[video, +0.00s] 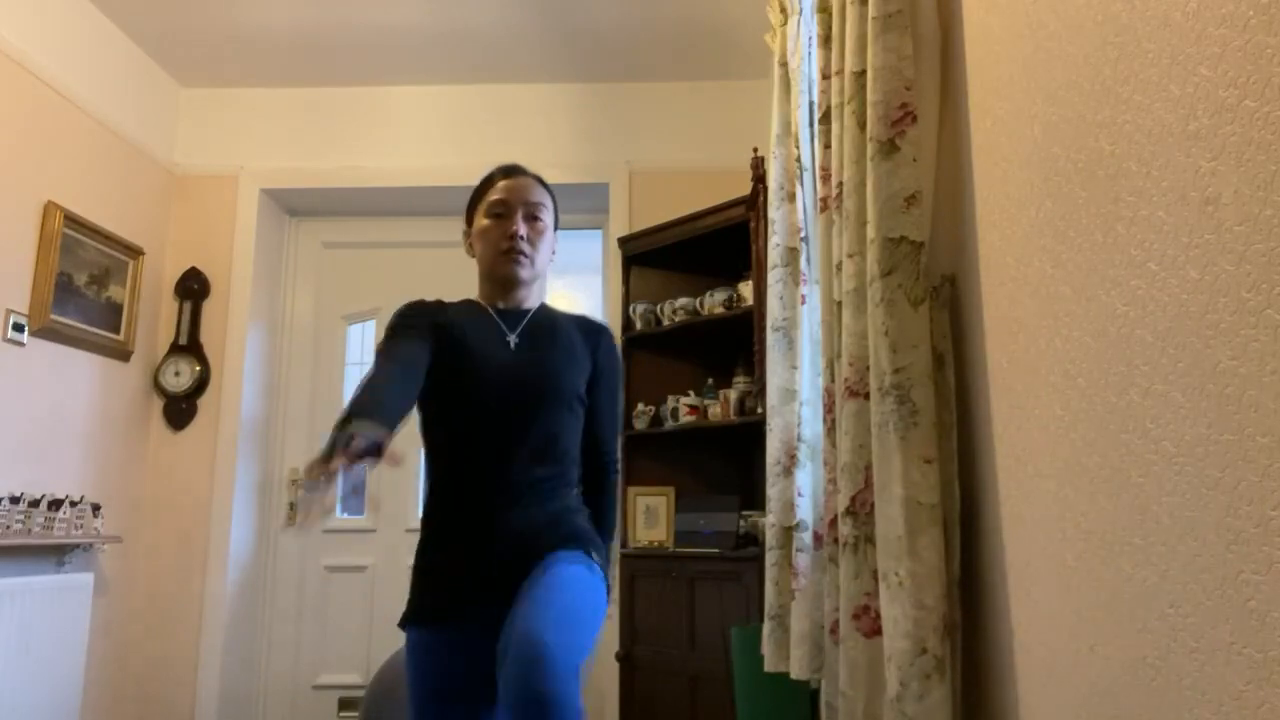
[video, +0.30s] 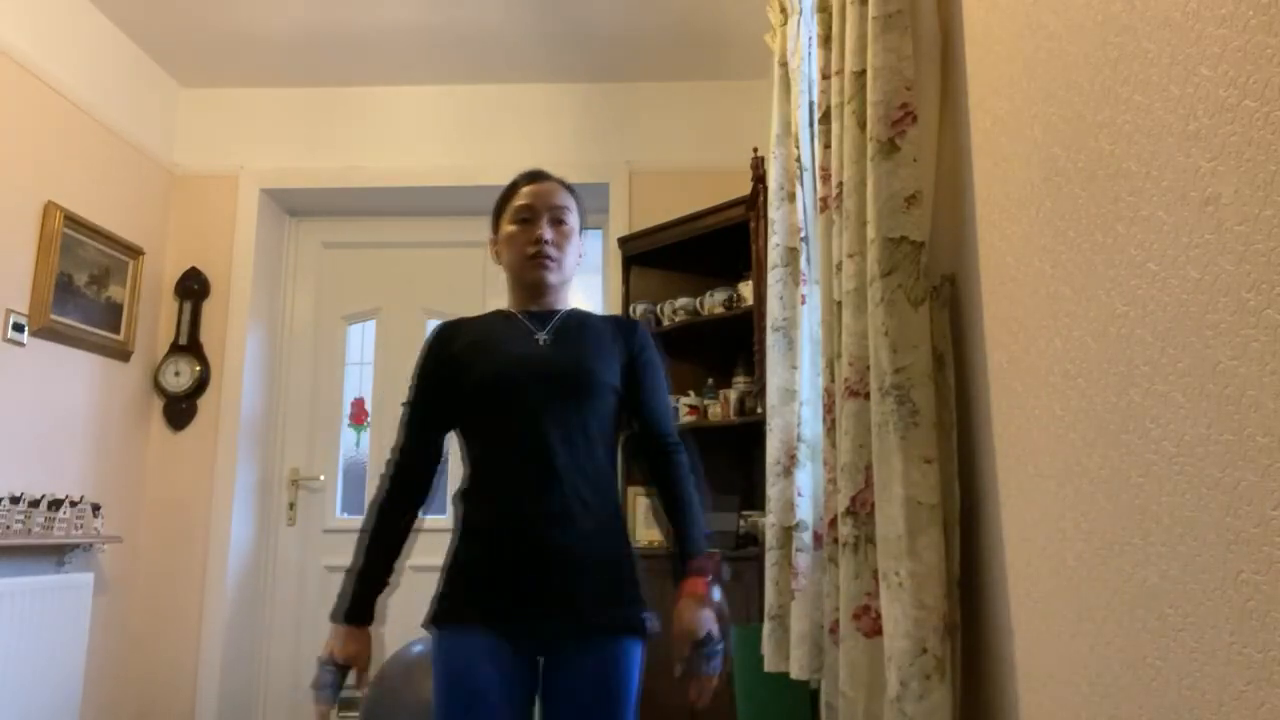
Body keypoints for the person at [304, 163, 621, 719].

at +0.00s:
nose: (517, 225)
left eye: (534, 215)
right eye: (499, 212)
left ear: (553, 244)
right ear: (470, 239)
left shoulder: (590, 340)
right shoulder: (430, 321)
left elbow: (602, 465)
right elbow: (394, 375)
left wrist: (594, 560)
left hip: (559, 555)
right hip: (453, 561)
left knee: (536, 657)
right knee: (441, 707)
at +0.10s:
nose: (521, 229)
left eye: (539, 219)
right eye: (503, 216)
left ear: (558, 247)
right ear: (474, 241)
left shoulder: (598, 338)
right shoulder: (430, 332)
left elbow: (621, 466)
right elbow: (381, 431)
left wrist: (625, 592)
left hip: (564, 587)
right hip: (455, 585)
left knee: (553, 710)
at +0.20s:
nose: (530, 232)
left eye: (547, 221)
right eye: (511, 219)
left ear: (568, 250)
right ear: (483, 246)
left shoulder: (608, 340)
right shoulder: (441, 344)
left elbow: (642, 472)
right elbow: (384, 472)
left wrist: (660, 599)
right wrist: (327, 590)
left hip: (579, 617)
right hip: (461, 615)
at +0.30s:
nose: (543, 232)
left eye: (559, 221)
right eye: (525, 219)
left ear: (580, 248)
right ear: (495, 248)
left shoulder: (624, 341)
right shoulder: (454, 344)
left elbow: (666, 455)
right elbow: (407, 482)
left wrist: (696, 577)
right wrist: (354, 614)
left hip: (598, 604)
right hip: (481, 605)